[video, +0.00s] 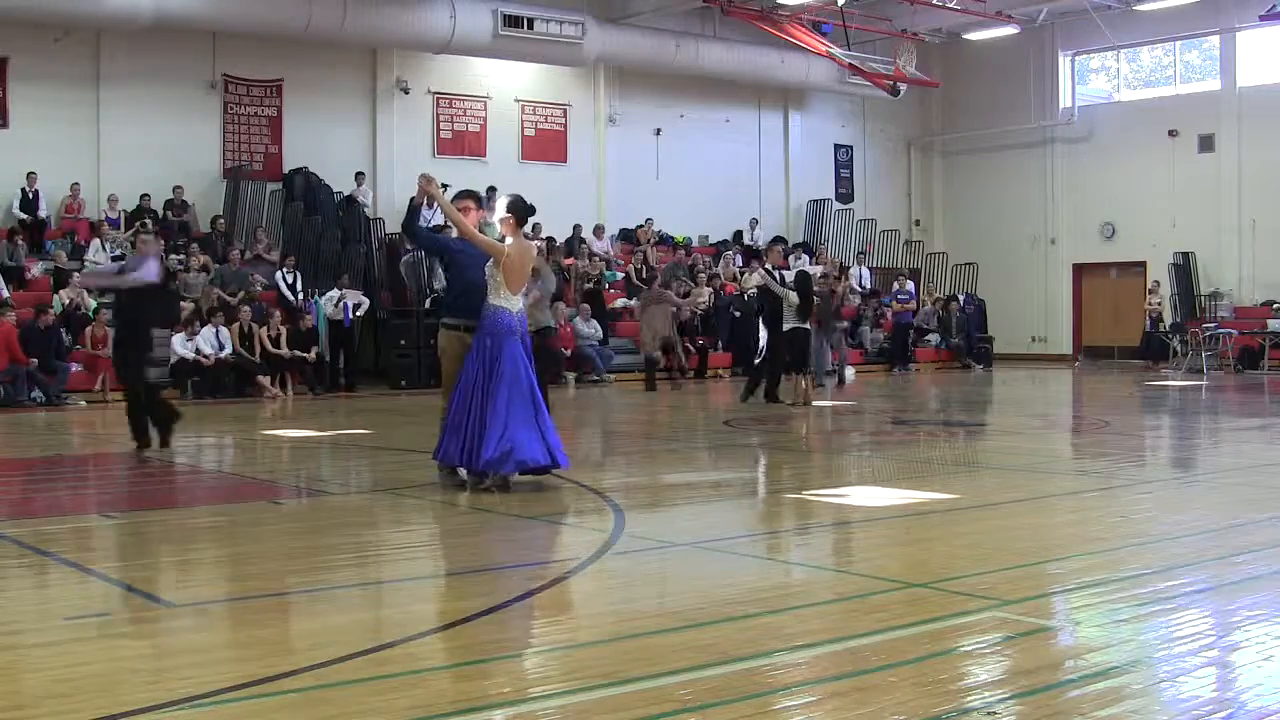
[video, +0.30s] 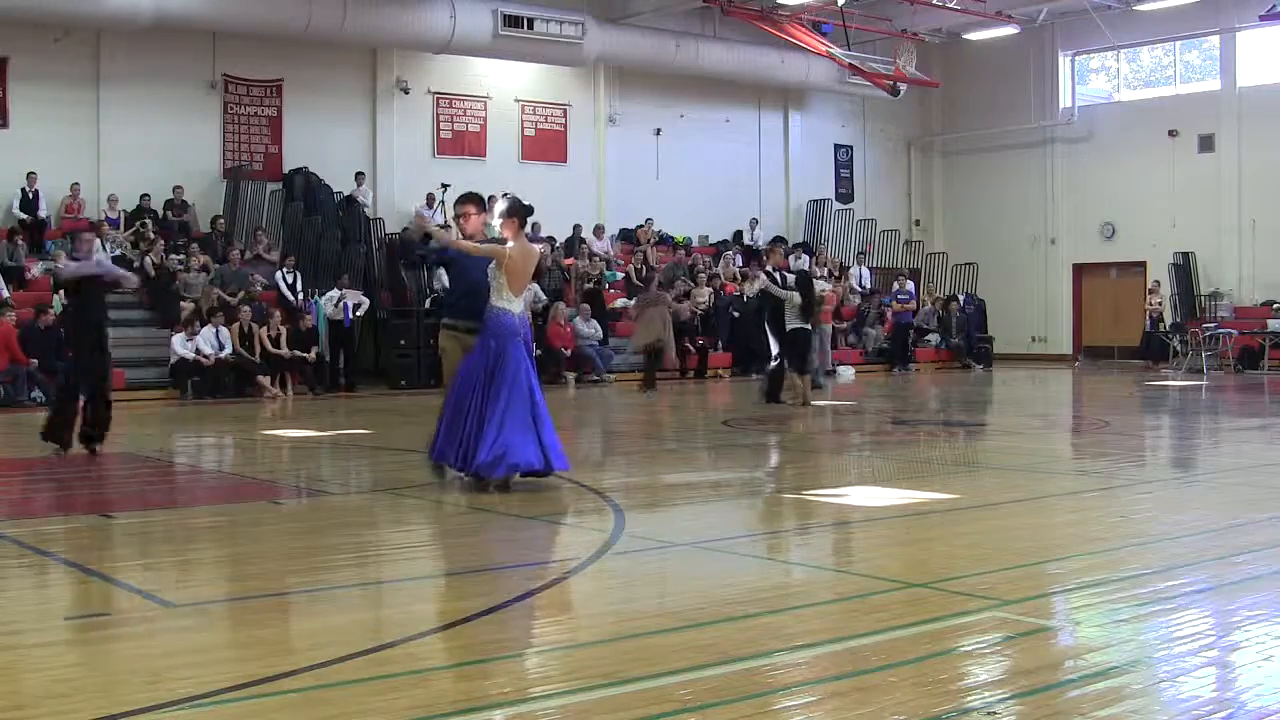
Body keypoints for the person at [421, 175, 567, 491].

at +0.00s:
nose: (497, 218)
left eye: (500, 214)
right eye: (500, 214)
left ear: (509, 220)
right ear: (522, 220)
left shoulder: (503, 250)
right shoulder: (531, 249)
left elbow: (465, 228)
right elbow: (535, 273)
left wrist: (438, 195)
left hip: (496, 323)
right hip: (517, 322)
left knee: (492, 392)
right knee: (510, 392)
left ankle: (493, 462)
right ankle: (505, 462)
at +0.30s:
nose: (499, 226)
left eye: (501, 221)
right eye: (500, 221)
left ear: (513, 222)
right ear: (520, 223)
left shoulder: (505, 251)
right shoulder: (535, 252)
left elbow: (467, 246)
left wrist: (438, 233)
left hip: (499, 325)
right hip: (520, 325)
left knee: (489, 391)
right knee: (512, 394)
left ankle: (485, 461)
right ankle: (506, 461)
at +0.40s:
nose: (496, 227)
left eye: (500, 222)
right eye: (498, 221)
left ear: (512, 224)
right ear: (521, 224)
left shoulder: (503, 253)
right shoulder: (533, 252)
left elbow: (456, 259)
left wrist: (427, 245)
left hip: (500, 328)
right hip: (520, 328)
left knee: (463, 382)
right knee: (510, 394)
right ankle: (505, 460)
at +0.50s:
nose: (494, 231)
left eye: (497, 225)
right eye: (495, 225)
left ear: (509, 227)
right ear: (514, 227)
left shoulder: (503, 257)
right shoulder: (528, 254)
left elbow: (457, 274)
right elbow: (520, 285)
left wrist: (430, 251)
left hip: (500, 330)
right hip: (518, 328)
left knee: (460, 381)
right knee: (512, 394)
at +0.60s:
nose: (487, 226)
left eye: (492, 222)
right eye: (488, 222)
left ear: (506, 226)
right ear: (506, 227)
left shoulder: (505, 258)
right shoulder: (511, 255)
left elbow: (461, 261)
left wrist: (432, 233)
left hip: (500, 335)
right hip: (505, 332)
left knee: (458, 392)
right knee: (506, 399)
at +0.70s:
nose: (489, 219)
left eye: (496, 216)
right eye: (491, 214)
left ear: (508, 225)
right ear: (496, 222)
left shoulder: (499, 255)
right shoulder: (497, 252)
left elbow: (460, 246)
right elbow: (463, 243)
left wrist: (432, 218)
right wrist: (440, 222)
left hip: (494, 334)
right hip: (492, 331)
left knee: (473, 397)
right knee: (492, 399)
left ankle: (475, 467)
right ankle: (495, 464)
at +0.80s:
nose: (489, 215)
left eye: (496, 213)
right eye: (490, 211)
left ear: (507, 222)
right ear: (494, 218)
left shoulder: (495, 251)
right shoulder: (496, 249)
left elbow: (455, 236)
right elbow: (458, 235)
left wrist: (422, 208)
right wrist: (428, 210)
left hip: (488, 332)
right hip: (490, 329)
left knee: (469, 396)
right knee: (491, 396)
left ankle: (471, 466)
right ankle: (497, 463)